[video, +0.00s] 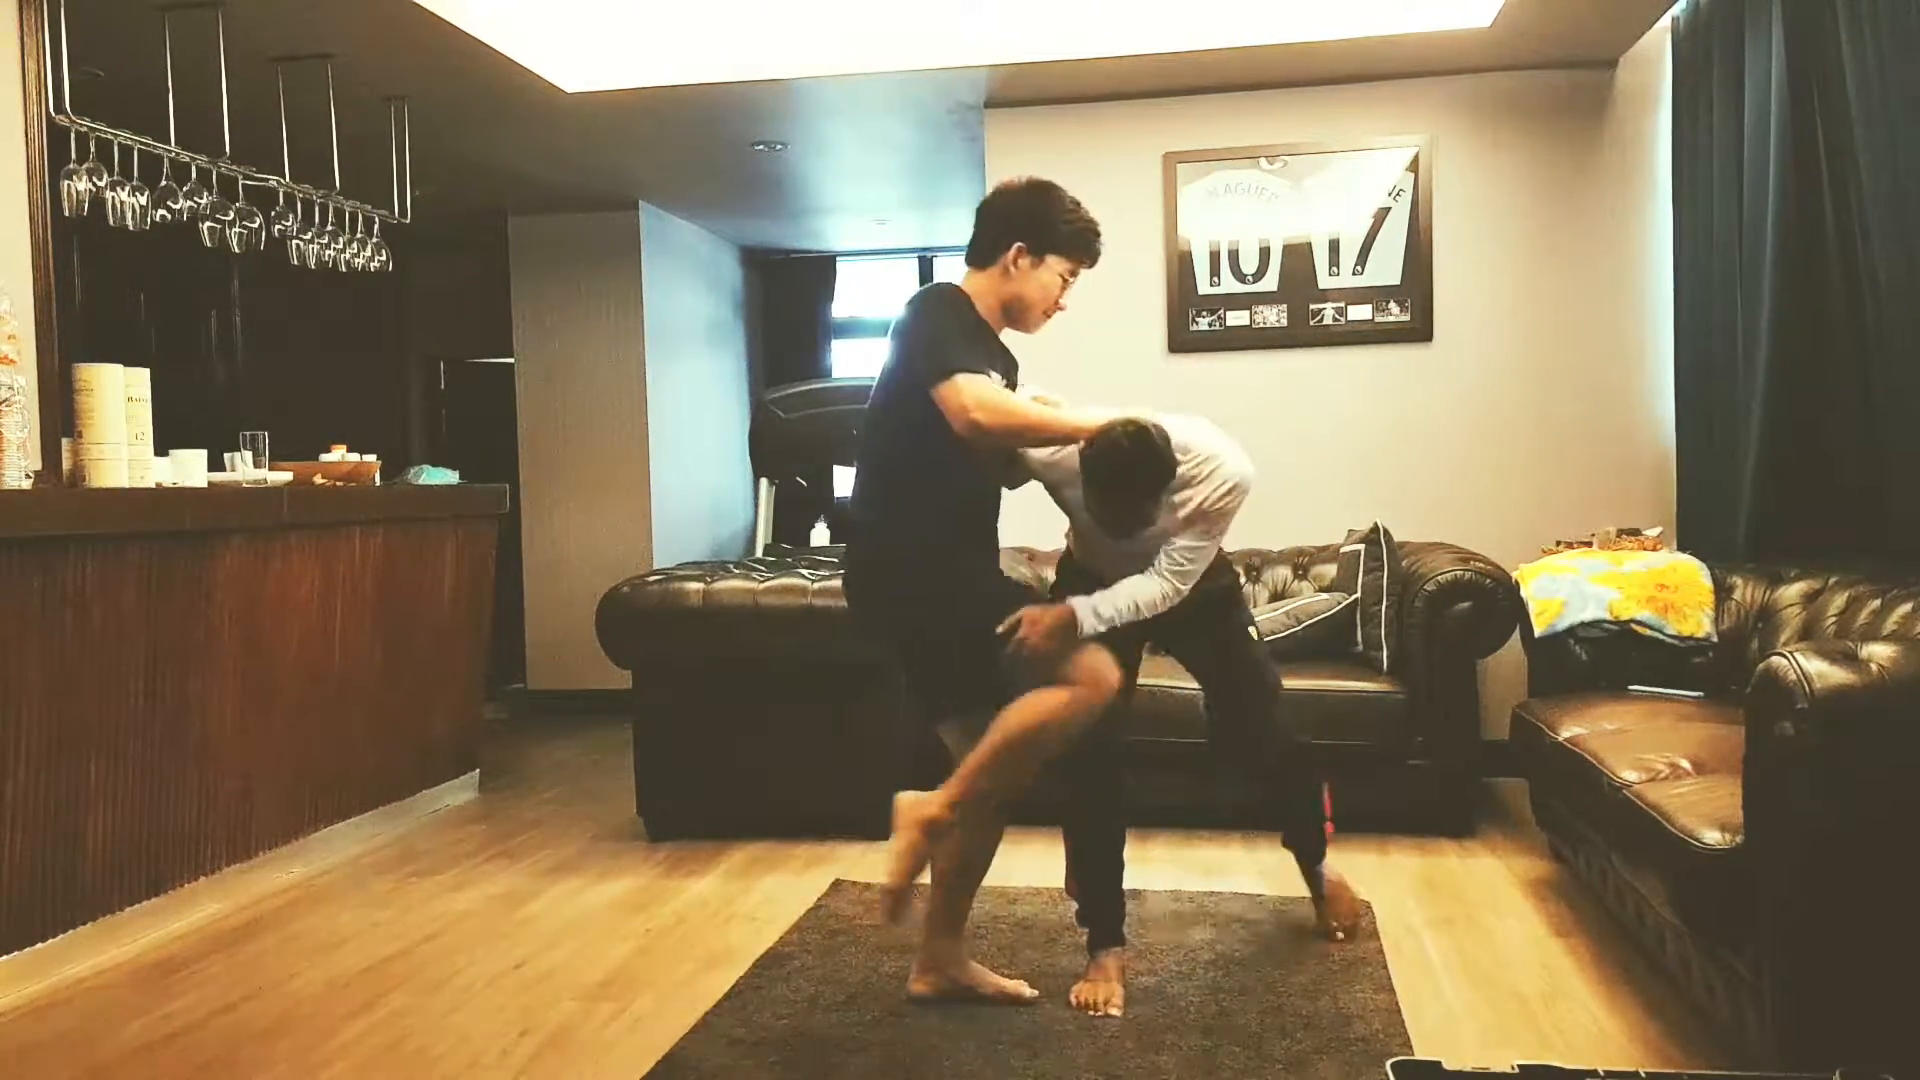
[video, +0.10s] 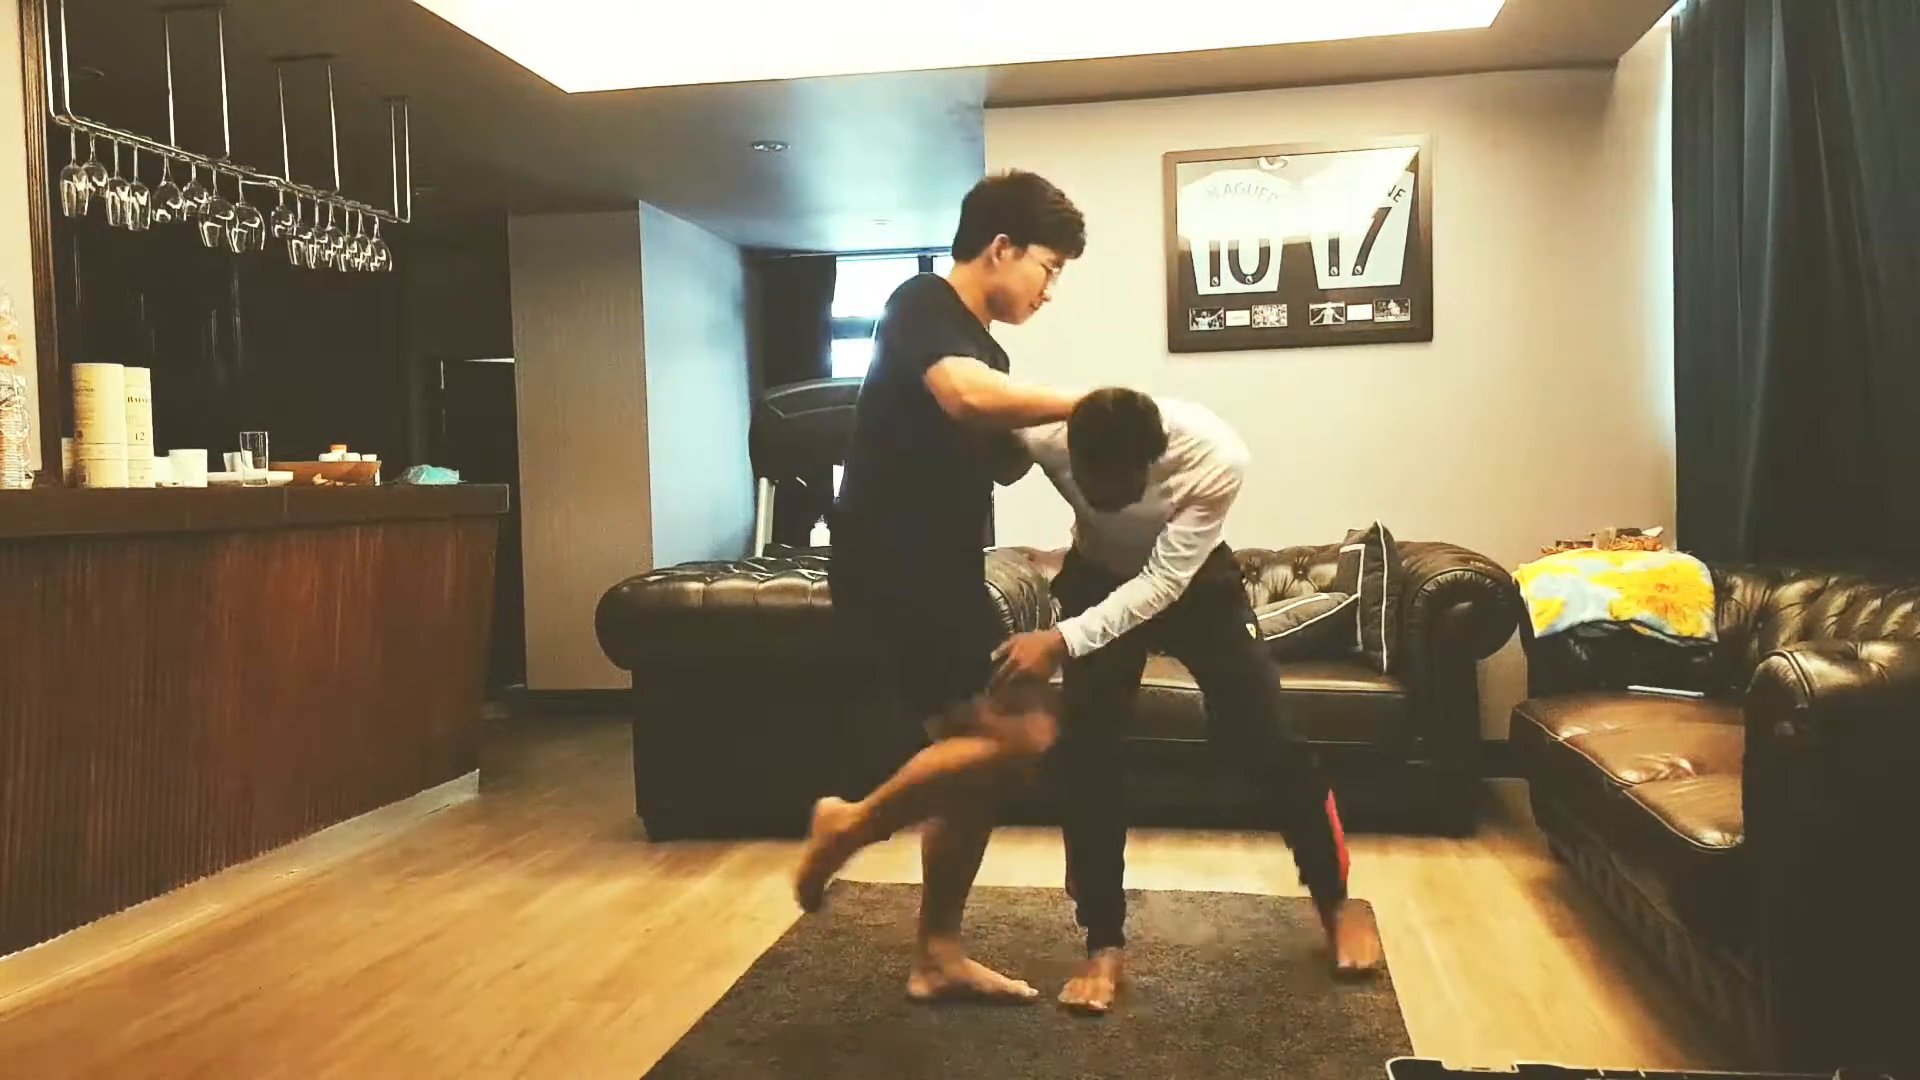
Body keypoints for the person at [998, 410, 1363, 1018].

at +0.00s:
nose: (1122, 527)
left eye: (1135, 517)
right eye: (1108, 516)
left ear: (1164, 485)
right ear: (1087, 477)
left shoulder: (1220, 477)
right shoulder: (1053, 458)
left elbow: (1167, 581)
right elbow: (986, 471)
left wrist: (1075, 616)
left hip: (1195, 585)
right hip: (1095, 588)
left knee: (1263, 721)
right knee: (1091, 749)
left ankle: (1318, 873)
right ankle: (1103, 944)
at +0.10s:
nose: (1103, 498)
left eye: (1116, 490)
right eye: (1094, 487)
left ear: (1151, 457)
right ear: (1076, 448)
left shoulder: (1214, 464)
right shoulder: (1049, 440)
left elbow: (1165, 580)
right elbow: (995, 464)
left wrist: (1060, 640)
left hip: (1195, 579)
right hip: (1098, 581)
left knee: (1266, 738)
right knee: (1087, 755)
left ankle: (1338, 905)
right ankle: (1101, 948)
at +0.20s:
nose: (1093, 459)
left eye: (1107, 447)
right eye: (1082, 446)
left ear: (1142, 414)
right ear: (1067, 413)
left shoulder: (1203, 436)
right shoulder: (1046, 418)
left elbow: (1182, 562)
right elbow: (992, 462)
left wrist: (1085, 638)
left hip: (1202, 583)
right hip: (1110, 583)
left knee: (1260, 748)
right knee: (1084, 751)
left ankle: (1327, 934)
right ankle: (1100, 944)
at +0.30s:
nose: (1085, 406)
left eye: (1099, 392)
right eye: (1074, 392)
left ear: (1135, 357)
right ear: (1057, 360)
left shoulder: (1201, 397)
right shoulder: (1037, 394)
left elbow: (1223, 523)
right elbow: (1004, 441)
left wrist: (1131, 605)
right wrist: (1036, 488)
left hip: (1207, 572)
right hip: (1116, 577)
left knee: (1257, 754)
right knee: (1085, 755)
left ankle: (1327, 937)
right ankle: (1099, 943)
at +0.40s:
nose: (1085, 356)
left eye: (1098, 339)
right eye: (1071, 341)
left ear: (1132, 307)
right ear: (1051, 321)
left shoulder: (1199, 368)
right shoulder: (1037, 379)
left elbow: (1249, 485)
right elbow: (997, 468)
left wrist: (1159, 560)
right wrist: (1015, 523)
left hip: (1212, 575)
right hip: (1118, 578)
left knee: (1259, 754)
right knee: (1082, 755)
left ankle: (1326, 935)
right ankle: (1098, 945)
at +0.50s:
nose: (1105, 312)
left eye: (1113, 292)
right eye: (1084, 301)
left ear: (1135, 270)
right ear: (1056, 295)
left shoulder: (1198, 356)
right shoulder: (1043, 364)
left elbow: (1239, 480)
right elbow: (1017, 453)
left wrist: (1122, 521)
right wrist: (977, 484)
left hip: (1200, 570)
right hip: (1112, 575)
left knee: (1242, 751)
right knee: (1071, 747)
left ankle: (1314, 932)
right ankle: (1096, 946)